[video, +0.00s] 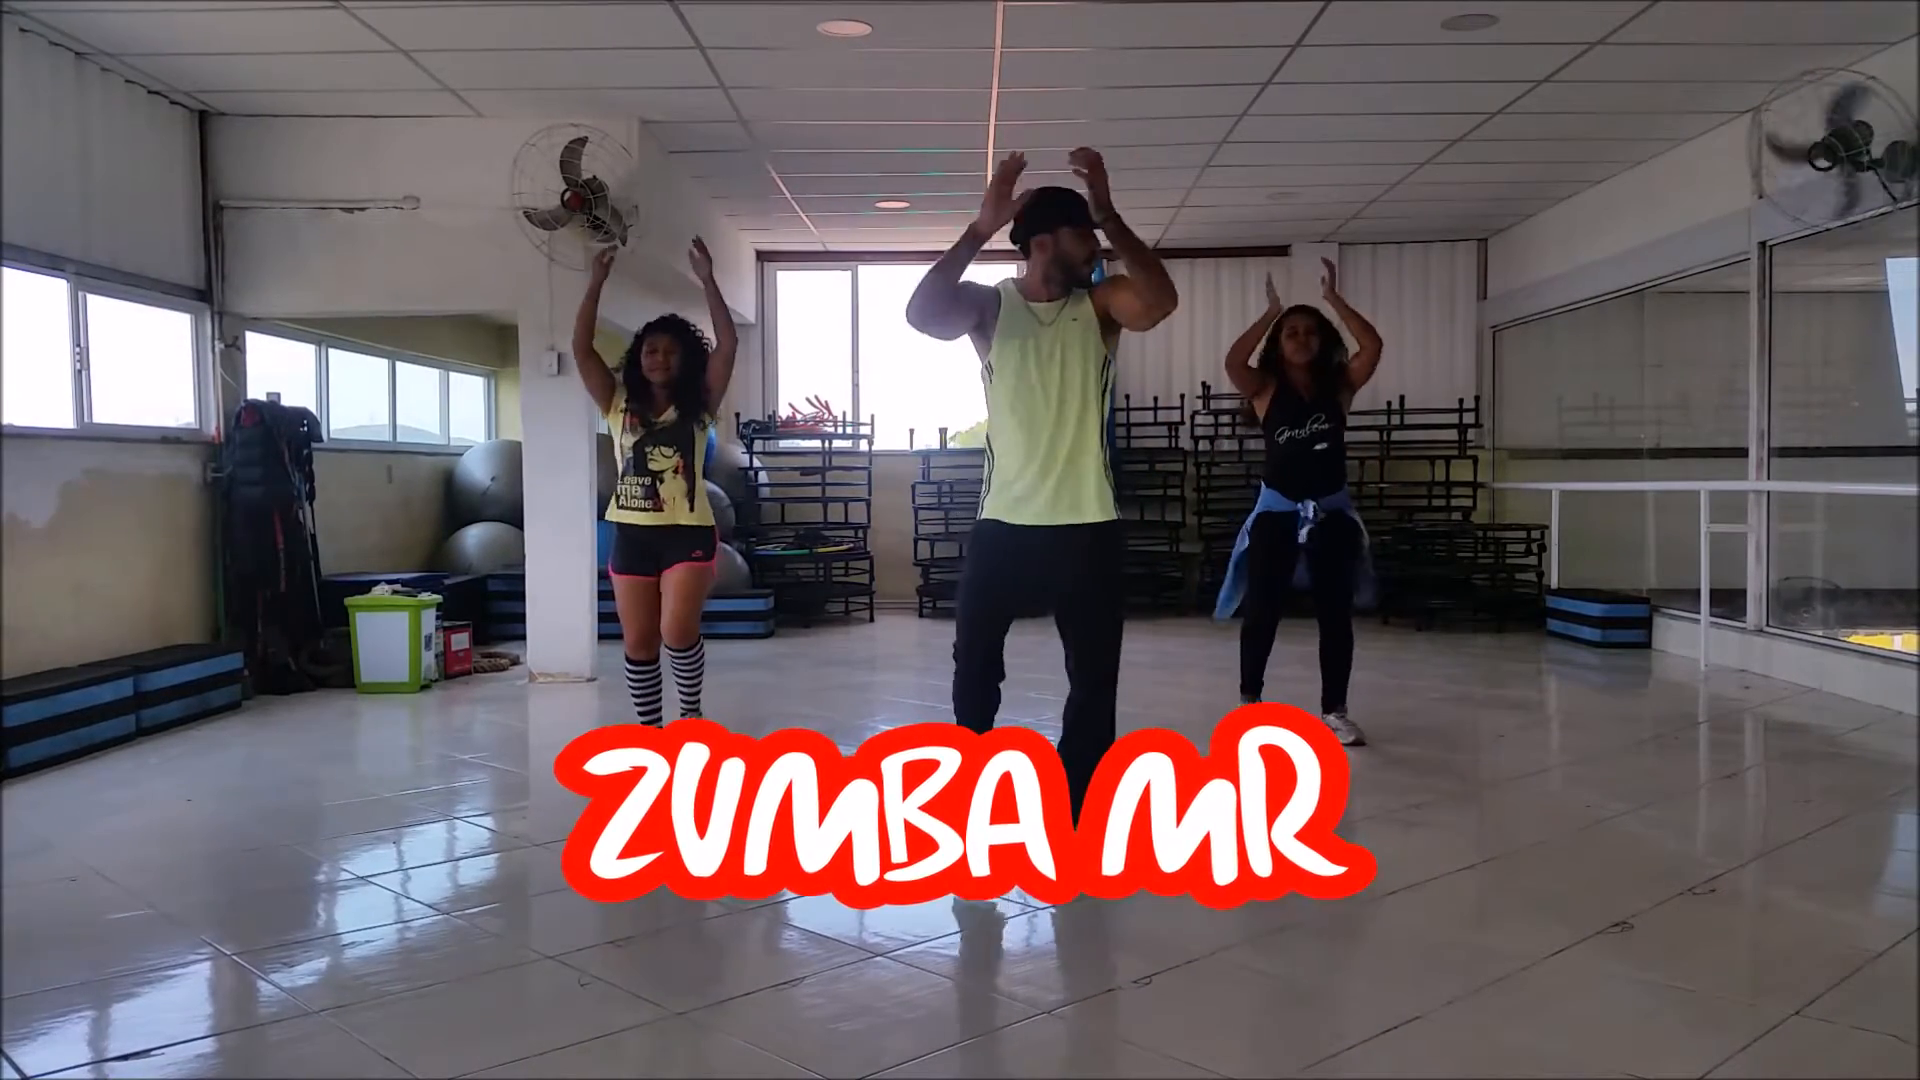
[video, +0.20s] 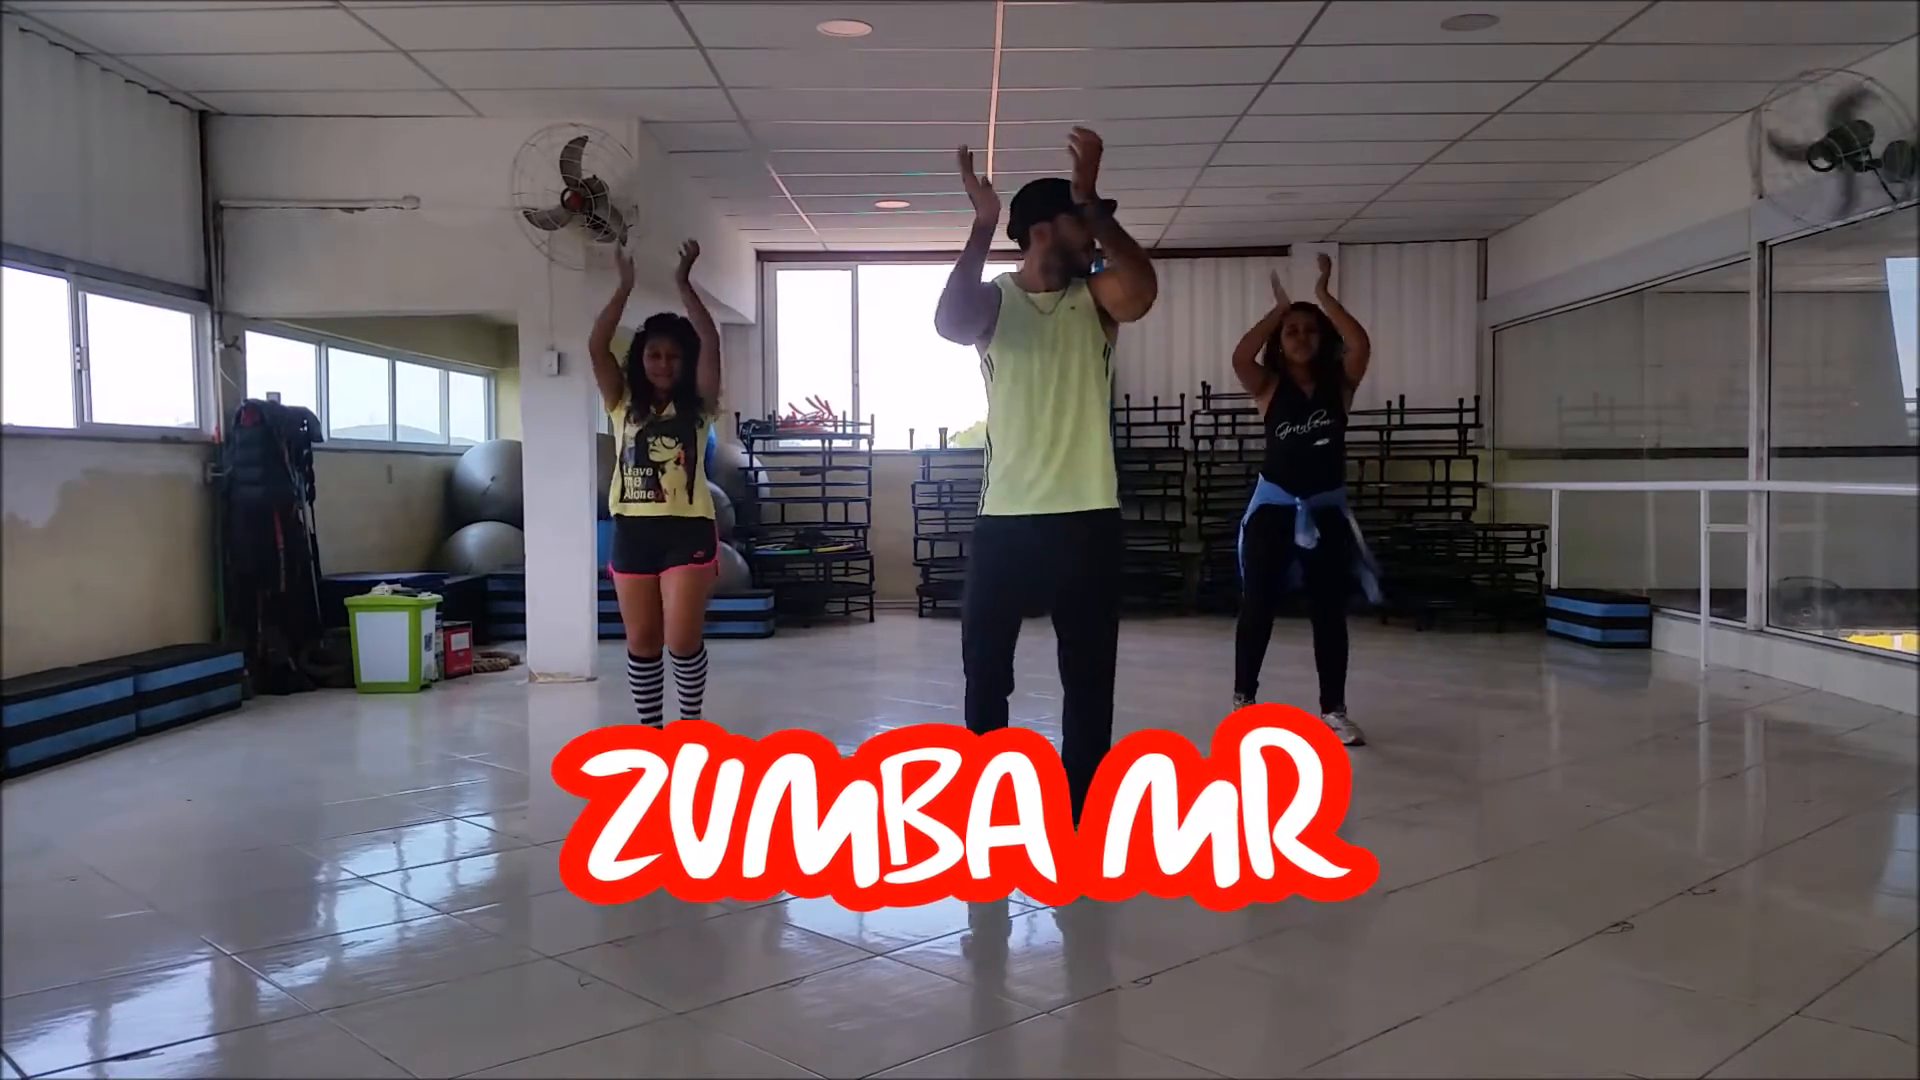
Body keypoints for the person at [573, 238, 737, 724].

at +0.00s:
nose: (659, 359)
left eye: (670, 351)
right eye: (651, 351)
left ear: (686, 360)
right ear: (638, 358)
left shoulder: (700, 405)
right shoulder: (617, 404)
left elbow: (726, 343)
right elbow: (582, 347)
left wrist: (708, 280)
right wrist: (595, 282)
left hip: (688, 538)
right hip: (631, 539)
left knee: (678, 633)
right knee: (638, 645)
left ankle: (691, 722)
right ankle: (650, 736)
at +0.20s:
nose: (663, 363)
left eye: (672, 355)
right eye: (654, 355)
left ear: (686, 362)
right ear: (640, 359)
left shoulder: (698, 404)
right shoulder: (622, 403)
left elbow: (711, 339)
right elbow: (596, 346)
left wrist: (684, 283)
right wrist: (623, 287)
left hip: (687, 536)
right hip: (632, 536)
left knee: (683, 643)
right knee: (641, 645)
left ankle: (691, 732)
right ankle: (651, 738)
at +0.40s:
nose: (667, 364)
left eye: (677, 355)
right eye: (658, 355)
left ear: (692, 360)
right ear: (644, 360)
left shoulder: (708, 406)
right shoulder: (629, 405)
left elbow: (727, 340)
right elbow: (592, 345)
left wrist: (695, 279)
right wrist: (617, 290)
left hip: (695, 540)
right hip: (637, 539)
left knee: (692, 647)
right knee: (628, 646)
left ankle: (692, 735)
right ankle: (650, 733)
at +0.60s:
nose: (666, 367)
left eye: (676, 358)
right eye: (658, 358)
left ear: (693, 365)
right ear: (646, 362)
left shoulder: (708, 409)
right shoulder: (632, 407)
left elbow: (721, 343)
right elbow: (600, 356)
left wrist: (706, 281)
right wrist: (603, 286)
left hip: (697, 542)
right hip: (638, 540)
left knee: (691, 645)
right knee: (629, 635)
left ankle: (691, 730)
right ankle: (650, 717)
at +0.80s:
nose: (662, 366)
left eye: (671, 358)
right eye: (653, 358)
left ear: (687, 361)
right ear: (641, 361)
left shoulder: (703, 408)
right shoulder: (626, 406)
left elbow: (712, 341)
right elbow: (602, 350)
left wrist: (675, 286)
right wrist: (644, 293)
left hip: (693, 541)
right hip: (635, 542)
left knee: (688, 647)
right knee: (641, 649)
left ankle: (690, 738)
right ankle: (655, 741)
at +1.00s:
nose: (655, 362)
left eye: (666, 355)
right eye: (647, 353)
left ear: (682, 363)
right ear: (635, 360)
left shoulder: (697, 407)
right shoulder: (617, 406)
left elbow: (725, 345)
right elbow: (584, 349)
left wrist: (711, 284)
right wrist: (590, 283)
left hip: (688, 541)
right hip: (631, 542)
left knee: (678, 634)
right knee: (638, 644)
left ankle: (692, 720)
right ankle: (654, 739)